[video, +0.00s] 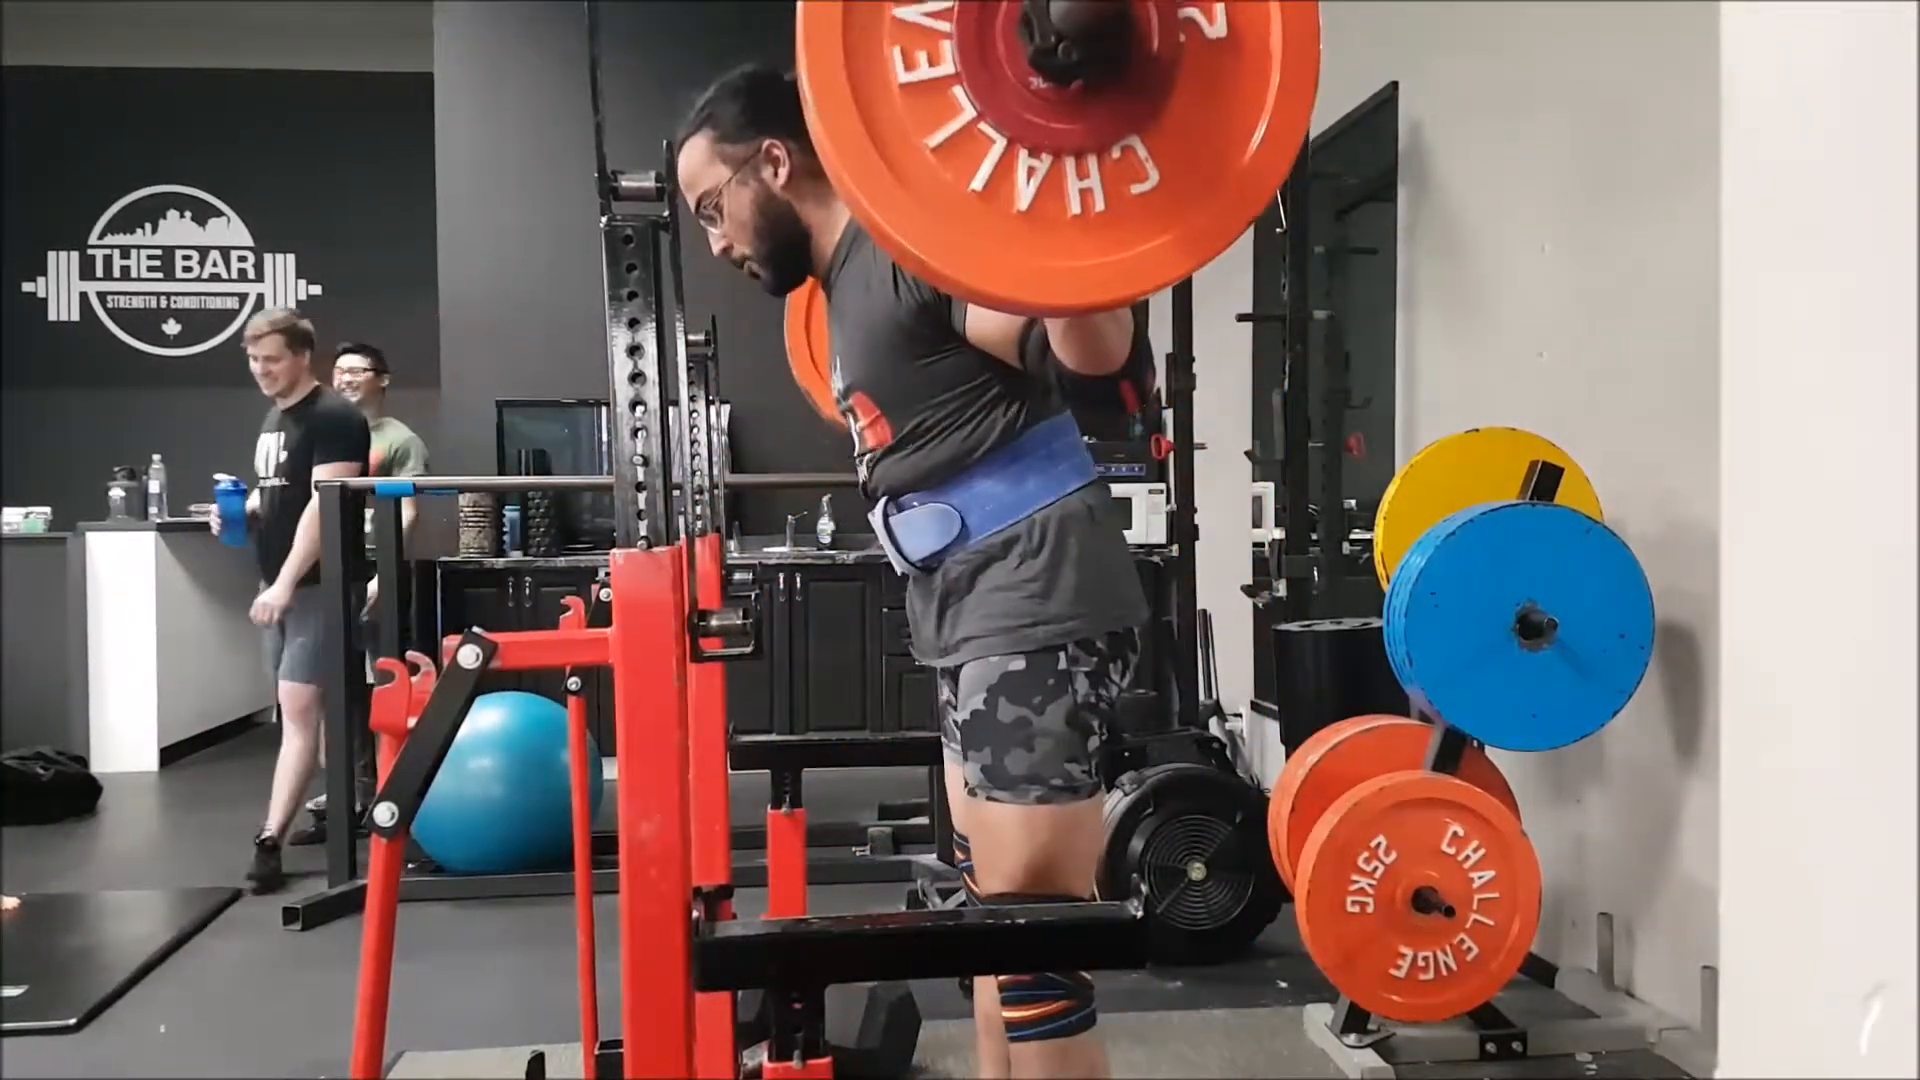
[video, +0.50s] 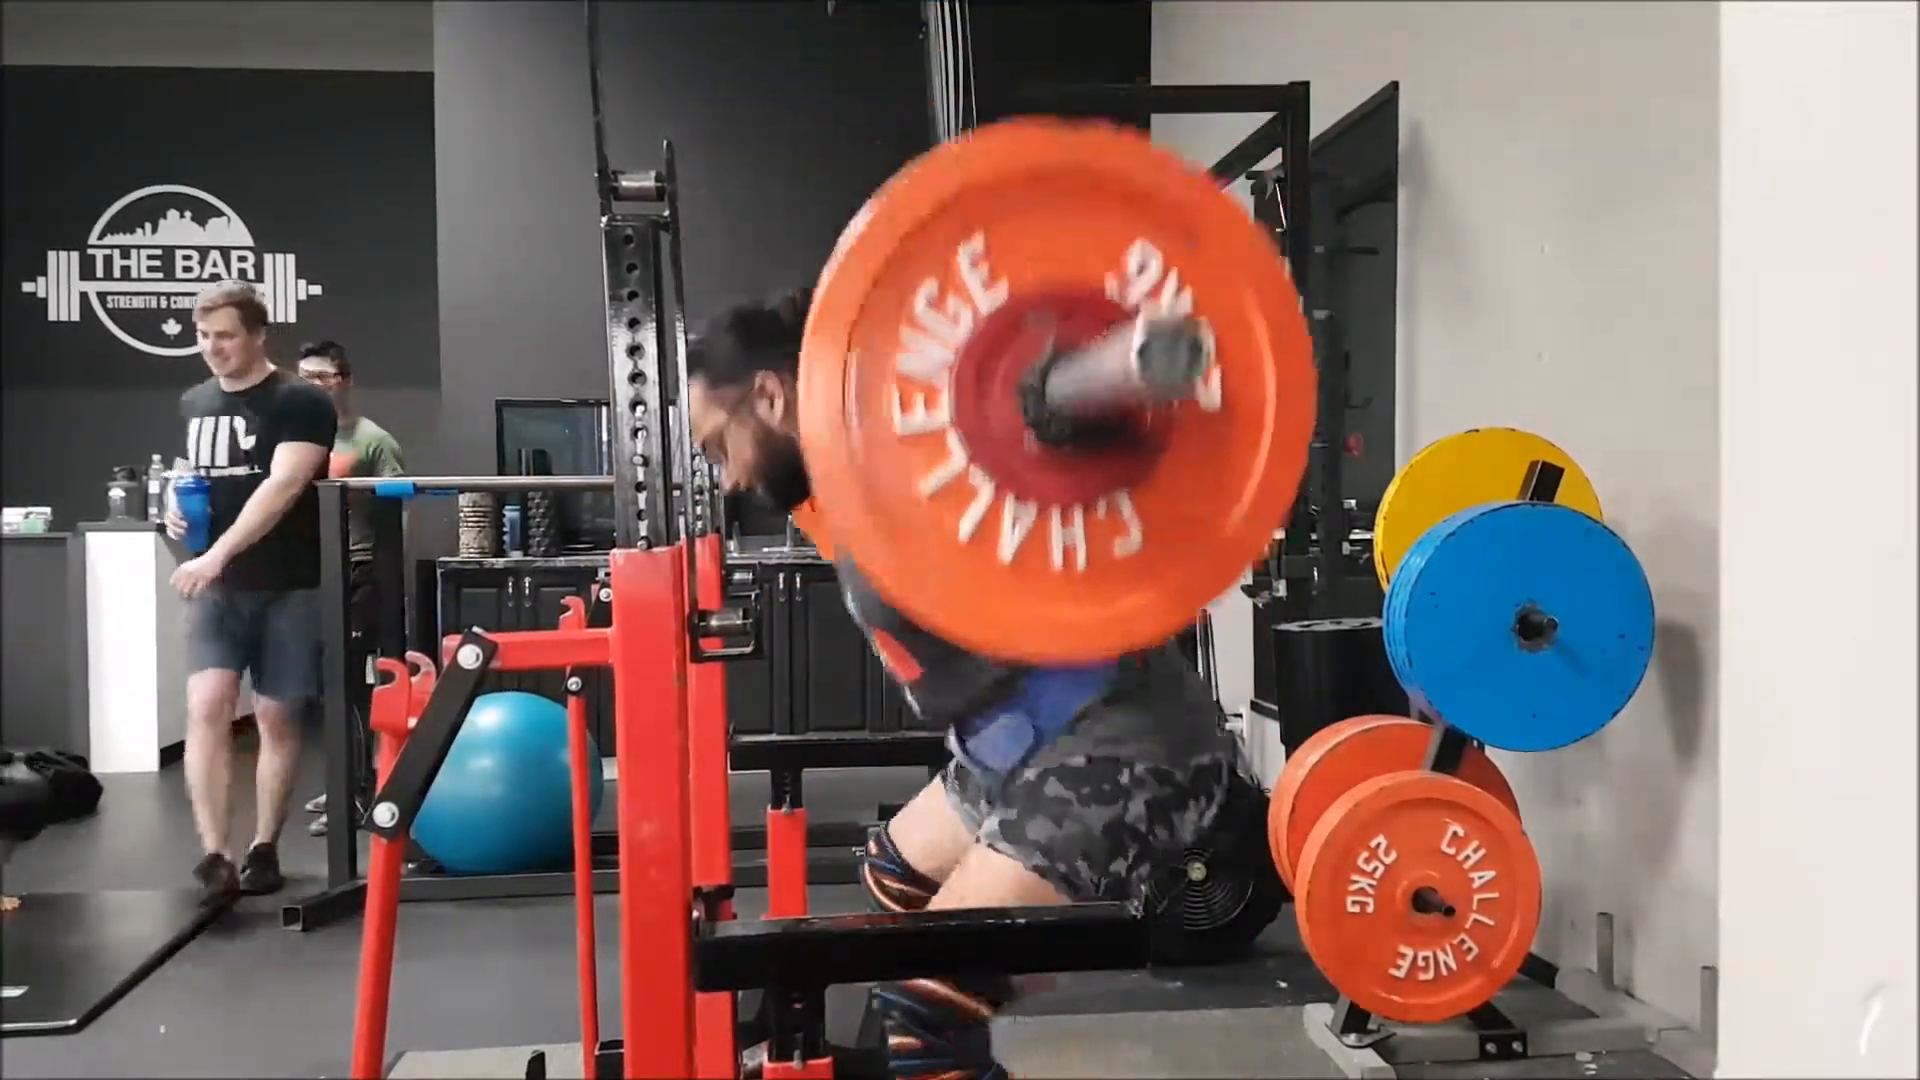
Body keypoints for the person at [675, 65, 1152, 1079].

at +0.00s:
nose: (715, 242)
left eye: (714, 207)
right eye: (701, 219)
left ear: (776, 162)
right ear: (774, 170)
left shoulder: (907, 240)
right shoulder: (844, 286)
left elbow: (1095, 346)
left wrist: (1098, 173)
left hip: (1037, 581)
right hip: (966, 597)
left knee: (1033, 933)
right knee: (990, 923)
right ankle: (1001, 1079)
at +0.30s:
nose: (715, 317)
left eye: (715, 282)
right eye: (704, 297)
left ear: (779, 234)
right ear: (777, 243)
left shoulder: (904, 315)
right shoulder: (827, 371)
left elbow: (1090, 435)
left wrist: (1093, 273)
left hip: (1092, 628)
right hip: (1013, 646)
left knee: (976, 952)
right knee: (932, 859)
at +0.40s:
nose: (719, 391)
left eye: (714, 359)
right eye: (705, 369)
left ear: (773, 310)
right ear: (769, 315)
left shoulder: (896, 369)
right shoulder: (821, 426)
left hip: (1114, 675)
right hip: (1014, 694)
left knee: (955, 986)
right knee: (911, 868)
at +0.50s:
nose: (726, 481)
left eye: (718, 447)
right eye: (710, 458)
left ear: (770, 396)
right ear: (771, 398)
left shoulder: (911, 455)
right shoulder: (847, 494)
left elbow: (1019, 397)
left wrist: (1130, 363)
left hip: (1121, 748)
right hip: (1018, 742)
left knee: (919, 1019)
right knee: (893, 875)